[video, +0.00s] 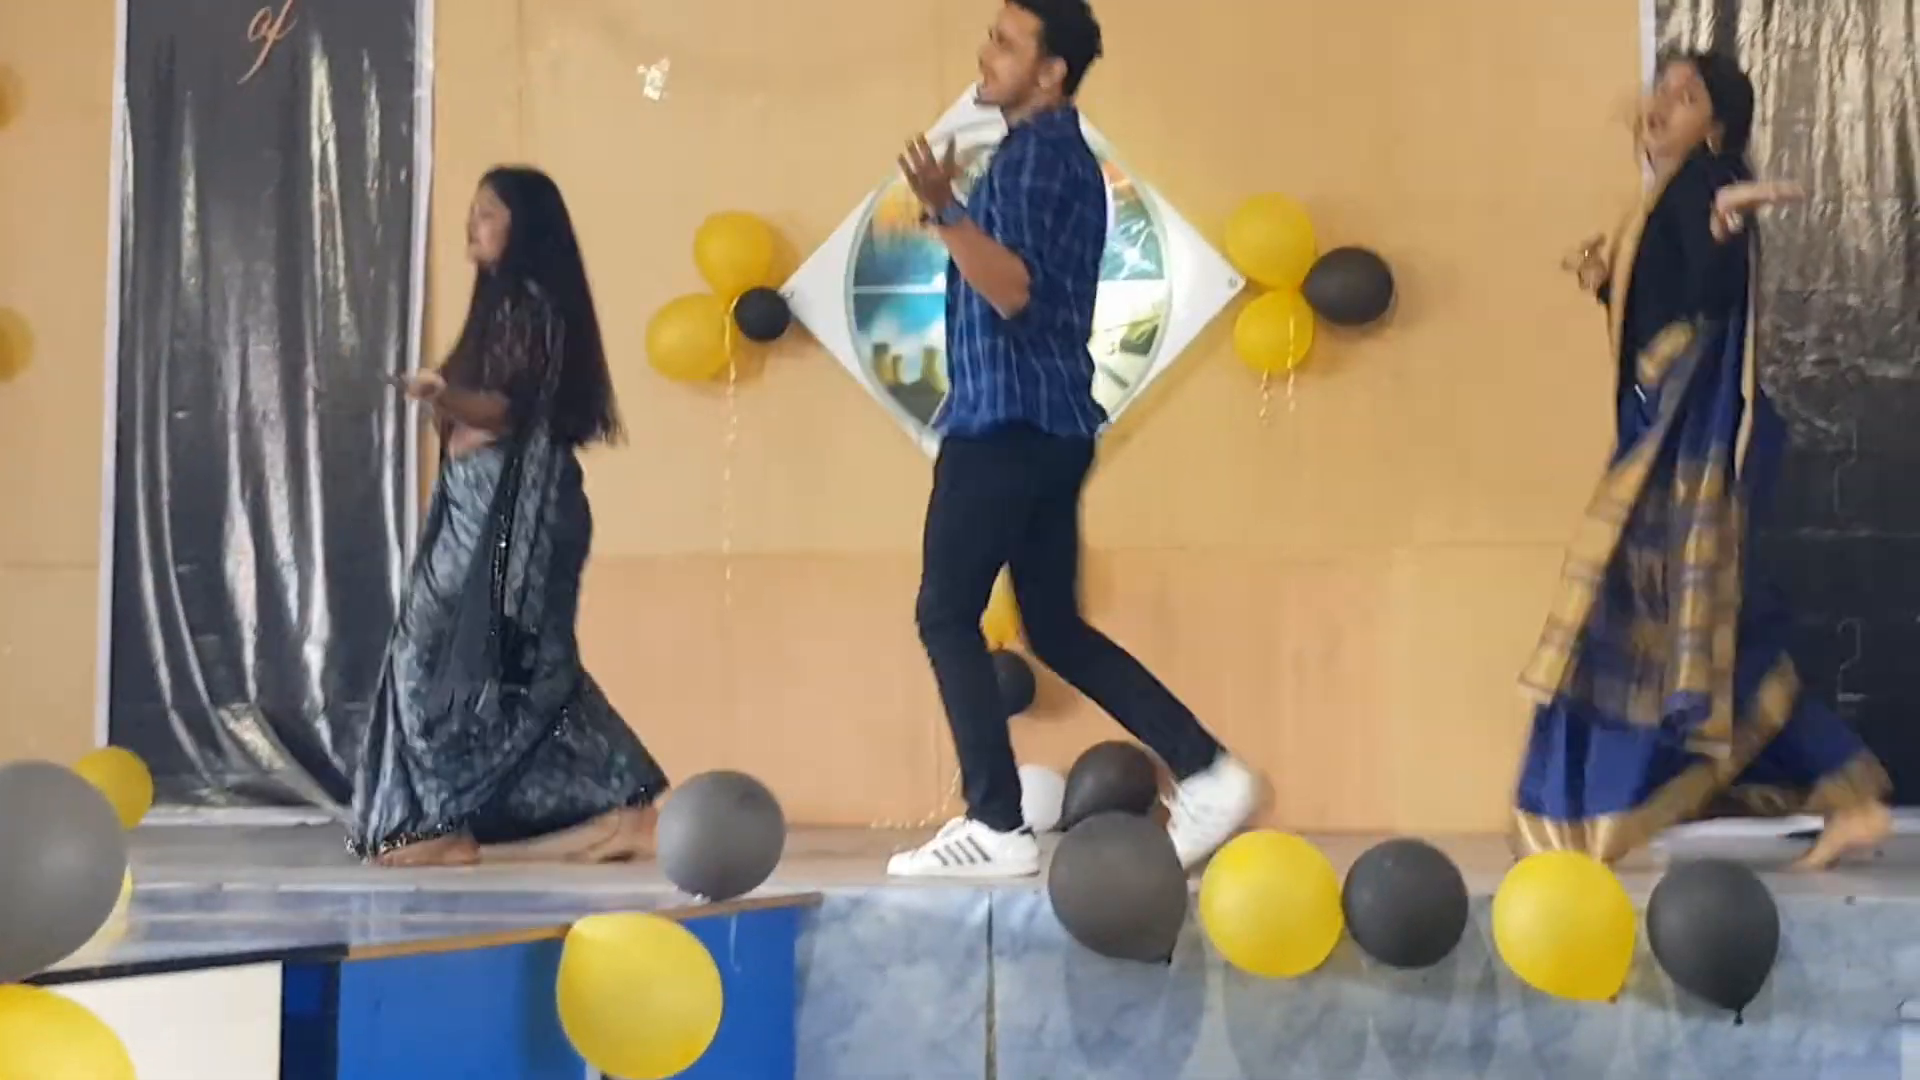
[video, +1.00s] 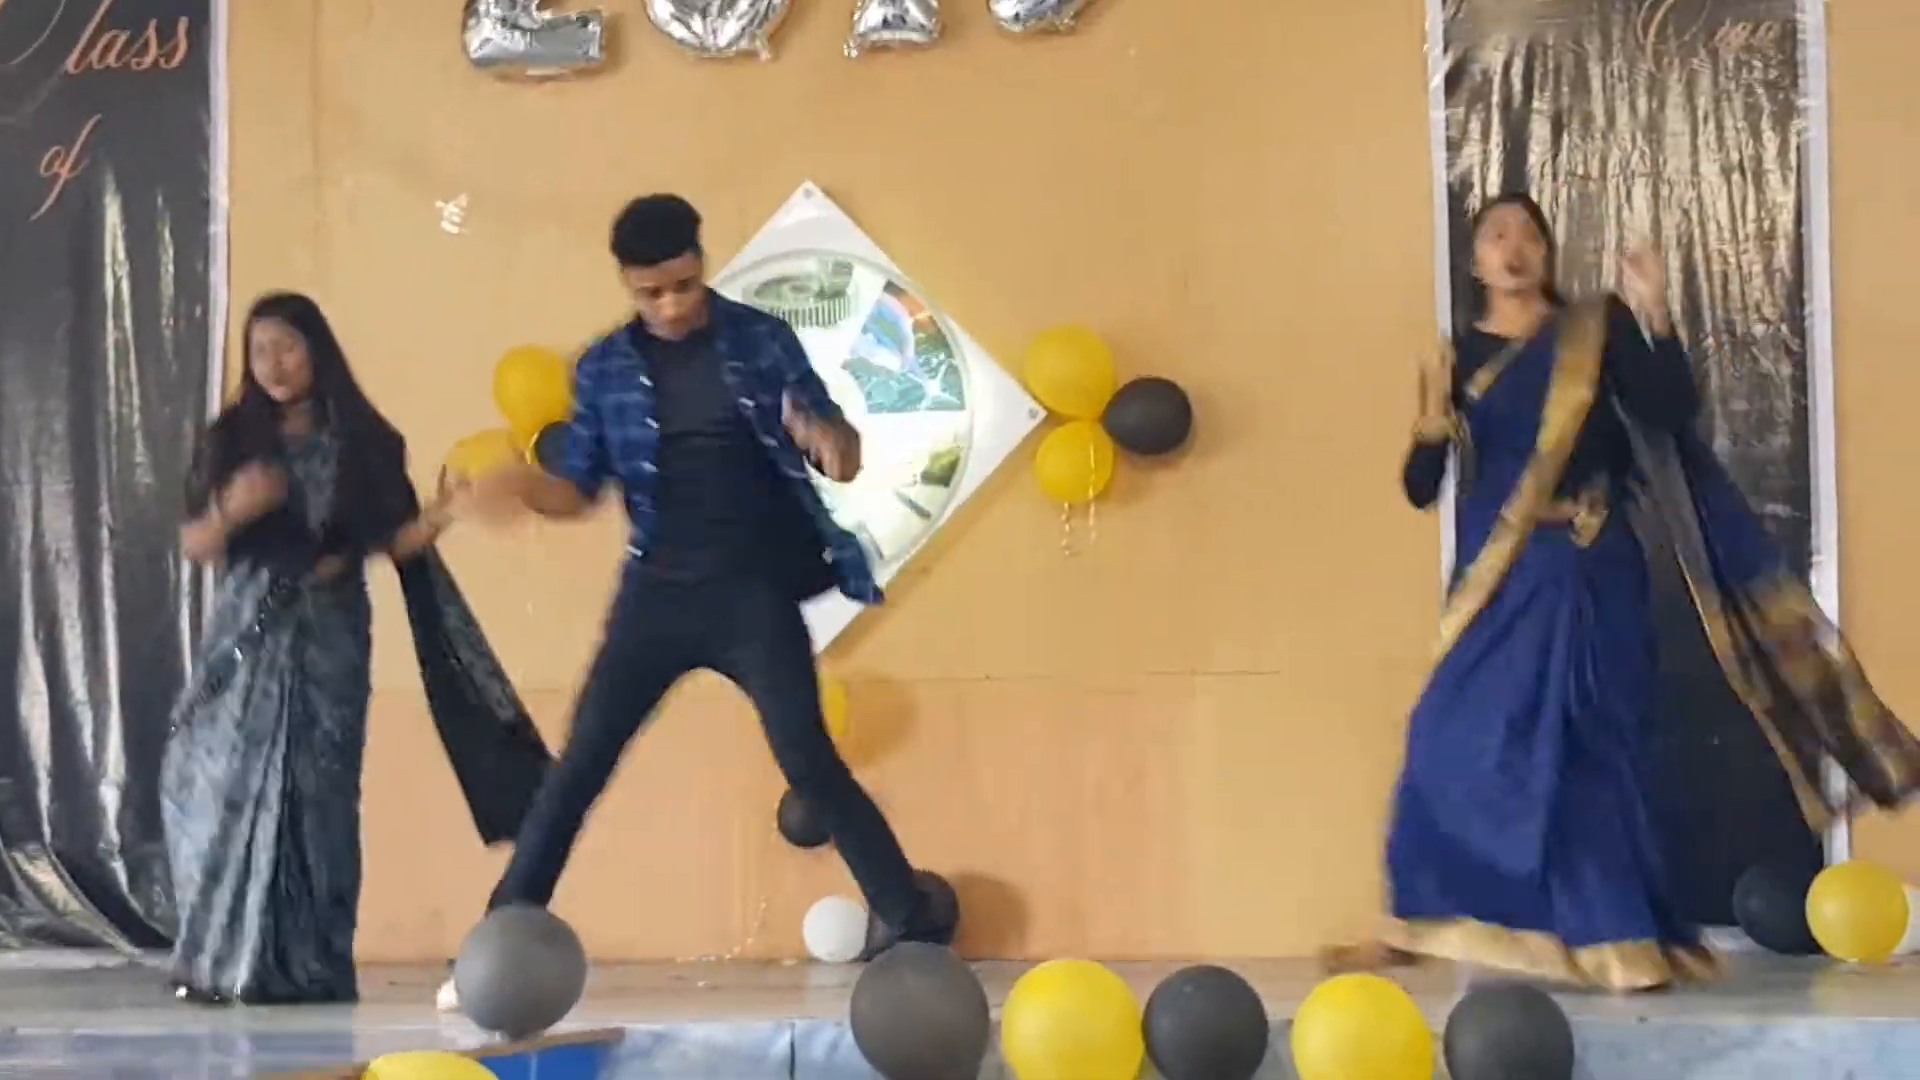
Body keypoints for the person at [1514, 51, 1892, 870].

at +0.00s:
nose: (1657, 103)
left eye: (1679, 95)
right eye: (1659, 88)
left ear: (1714, 123)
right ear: (1653, 106)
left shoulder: (1704, 185)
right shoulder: (1661, 194)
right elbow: (1657, 300)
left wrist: (1734, 208)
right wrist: (1606, 275)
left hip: (1694, 431)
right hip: (1663, 427)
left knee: (1619, 608)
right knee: (1725, 621)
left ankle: (1594, 813)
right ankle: (1847, 793)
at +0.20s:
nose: (1694, 128)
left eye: (1717, 120)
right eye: (1691, 114)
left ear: (1750, 144)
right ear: (1676, 129)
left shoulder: (1759, 208)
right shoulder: (1678, 220)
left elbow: (1801, 317)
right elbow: (1667, 335)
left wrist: (1814, 241)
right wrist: (1605, 291)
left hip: (1750, 449)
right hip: (1699, 451)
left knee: (1672, 623)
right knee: (1741, 638)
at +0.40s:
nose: (1694, 129)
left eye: (1715, 119)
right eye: (1684, 116)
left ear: (1745, 143)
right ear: (1667, 136)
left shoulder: (1768, 208)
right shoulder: (1660, 235)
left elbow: (1806, 327)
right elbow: (1656, 345)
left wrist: (1834, 267)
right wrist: (1567, 327)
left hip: (1755, 462)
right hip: (1681, 469)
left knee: (1772, 643)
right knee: (1696, 654)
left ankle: (1846, 849)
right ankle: (1779, 856)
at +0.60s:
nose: (1652, 211)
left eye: (1671, 200)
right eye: (1639, 199)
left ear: (1699, 221)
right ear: (1620, 220)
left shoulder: (1739, 302)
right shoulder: (1600, 323)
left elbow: (1768, 436)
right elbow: (1588, 434)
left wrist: (1791, 404)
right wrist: (1492, 424)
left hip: (1727, 549)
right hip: (1634, 557)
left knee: (1732, 725)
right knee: (1638, 732)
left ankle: (1772, 928)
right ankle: (1672, 933)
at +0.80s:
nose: (1590, 204)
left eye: (1606, 191)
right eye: (1573, 195)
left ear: (1633, 210)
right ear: (1554, 219)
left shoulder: (1685, 293)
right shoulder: (1526, 307)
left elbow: (1719, 422)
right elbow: (1501, 405)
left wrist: (1739, 416)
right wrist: (1466, 434)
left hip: (1658, 540)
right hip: (1562, 546)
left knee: (1662, 723)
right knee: (1577, 727)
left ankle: (1662, 939)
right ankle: (1624, 936)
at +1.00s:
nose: (1513, 248)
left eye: (1527, 234)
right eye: (1497, 236)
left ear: (1549, 250)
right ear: (1473, 256)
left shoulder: (1598, 326)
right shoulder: (1458, 357)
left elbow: (1673, 414)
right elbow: (1418, 489)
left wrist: (1656, 317)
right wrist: (1431, 433)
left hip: (1592, 556)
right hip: (1501, 564)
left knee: (1591, 734)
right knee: (1456, 723)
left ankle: (1617, 933)